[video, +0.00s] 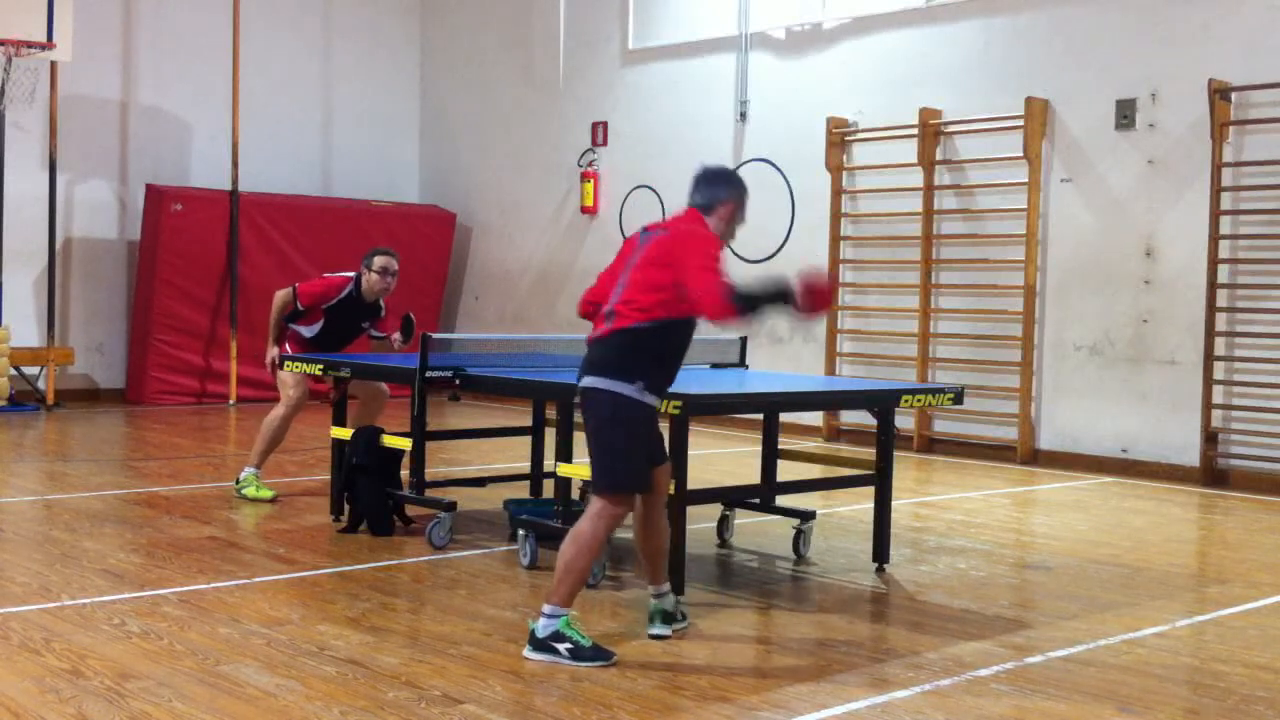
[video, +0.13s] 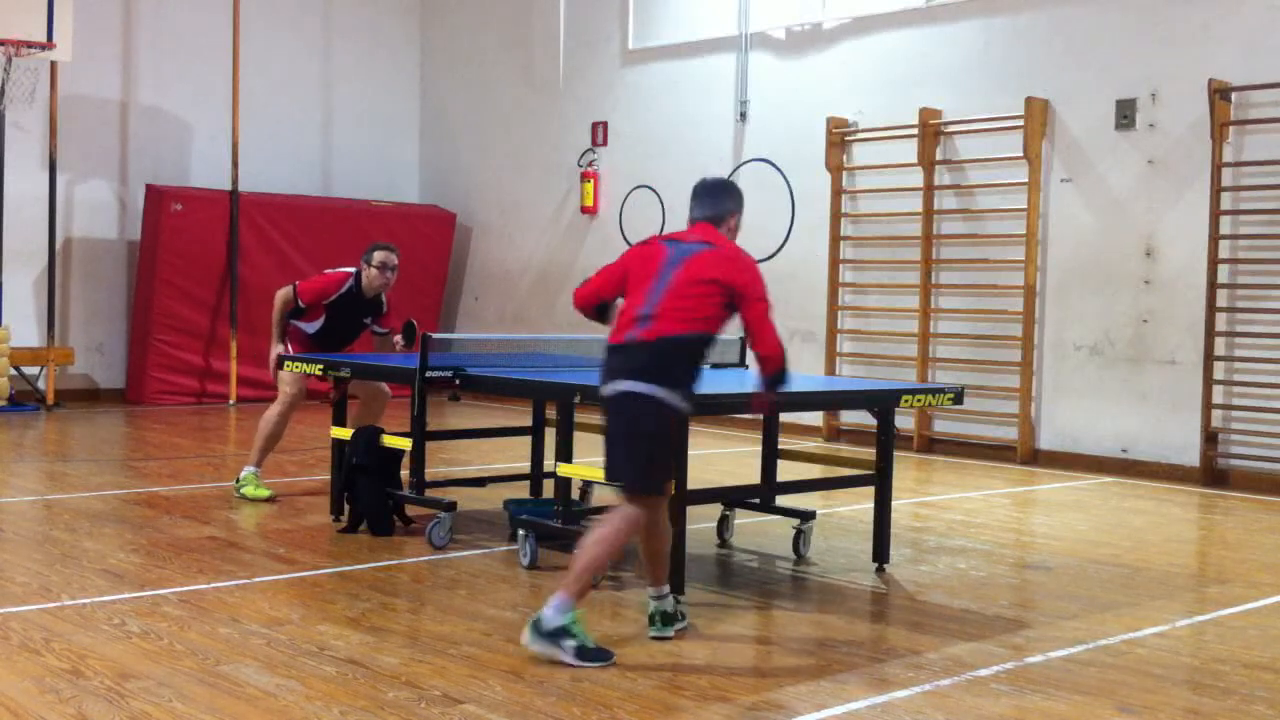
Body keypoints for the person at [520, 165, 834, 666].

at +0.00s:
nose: (735, 230)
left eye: (737, 221)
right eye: (737, 219)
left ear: (696, 202)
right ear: (724, 208)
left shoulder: (648, 235)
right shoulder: (696, 237)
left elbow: (590, 305)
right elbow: (716, 306)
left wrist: (654, 323)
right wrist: (784, 292)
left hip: (611, 387)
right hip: (620, 391)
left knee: (655, 480)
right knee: (612, 502)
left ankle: (663, 605)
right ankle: (549, 623)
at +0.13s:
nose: (740, 230)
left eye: (738, 223)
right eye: (741, 223)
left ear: (691, 215)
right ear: (732, 219)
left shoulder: (650, 247)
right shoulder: (735, 262)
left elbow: (586, 297)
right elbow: (768, 348)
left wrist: (629, 320)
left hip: (619, 379)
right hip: (660, 384)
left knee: (656, 496)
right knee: (637, 506)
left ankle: (662, 606)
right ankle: (553, 616)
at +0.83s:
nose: (800, 202)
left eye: (803, 195)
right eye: (805, 194)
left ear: (813, 197)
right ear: (852, 201)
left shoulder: (797, 243)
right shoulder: (883, 249)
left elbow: (793, 312)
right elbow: (935, 324)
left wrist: (769, 382)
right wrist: (908, 357)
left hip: (818, 401)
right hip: (882, 401)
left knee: (761, 488)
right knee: (904, 496)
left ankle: (752, 616)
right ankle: (931, 613)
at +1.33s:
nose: (937, 273)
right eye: (936, 266)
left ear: (891, 260)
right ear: (935, 270)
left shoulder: (856, 296)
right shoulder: (927, 310)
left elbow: (847, 364)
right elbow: (941, 383)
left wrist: (907, 392)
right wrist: (986, 445)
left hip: (810, 434)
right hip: (878, 440)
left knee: (748, 530)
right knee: (924, 506)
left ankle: (696, 631)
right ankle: (951, 611)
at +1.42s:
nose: (955, 282)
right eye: (955, 274)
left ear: (909, 264)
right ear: (952, 275)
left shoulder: (872, 294)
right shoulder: (940, 308)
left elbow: (864, 360)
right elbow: (950, 378)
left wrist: (919, 395)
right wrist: (997, 443)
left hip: (820, 426)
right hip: (888, 434)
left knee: (756, 527)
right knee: (929, 507)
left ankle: (700, 627)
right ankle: (951, 611)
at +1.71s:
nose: (937, 224)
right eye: (938, 218)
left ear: (886, 218)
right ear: (935, 221)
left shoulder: (855, 253)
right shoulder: (951, 274)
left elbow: (809, 324)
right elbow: (941, 324)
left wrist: (852, 350)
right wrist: (936, 247)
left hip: (843, 408)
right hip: (908, 416)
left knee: (781, 503)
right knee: (930, 508)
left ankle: (772, 625)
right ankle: (953, 613)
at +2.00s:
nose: (822, 205)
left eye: (823, 198)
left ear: (827, 203)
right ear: (874, 205)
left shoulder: (803, 254)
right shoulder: (908, 267)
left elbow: (781, 332)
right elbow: (921, 354)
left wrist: (807, 365)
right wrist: (877, 374)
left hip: (822, 422)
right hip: (893, 420)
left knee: (775, 511)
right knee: (925, 510)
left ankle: (780, 642)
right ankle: (955, 615)